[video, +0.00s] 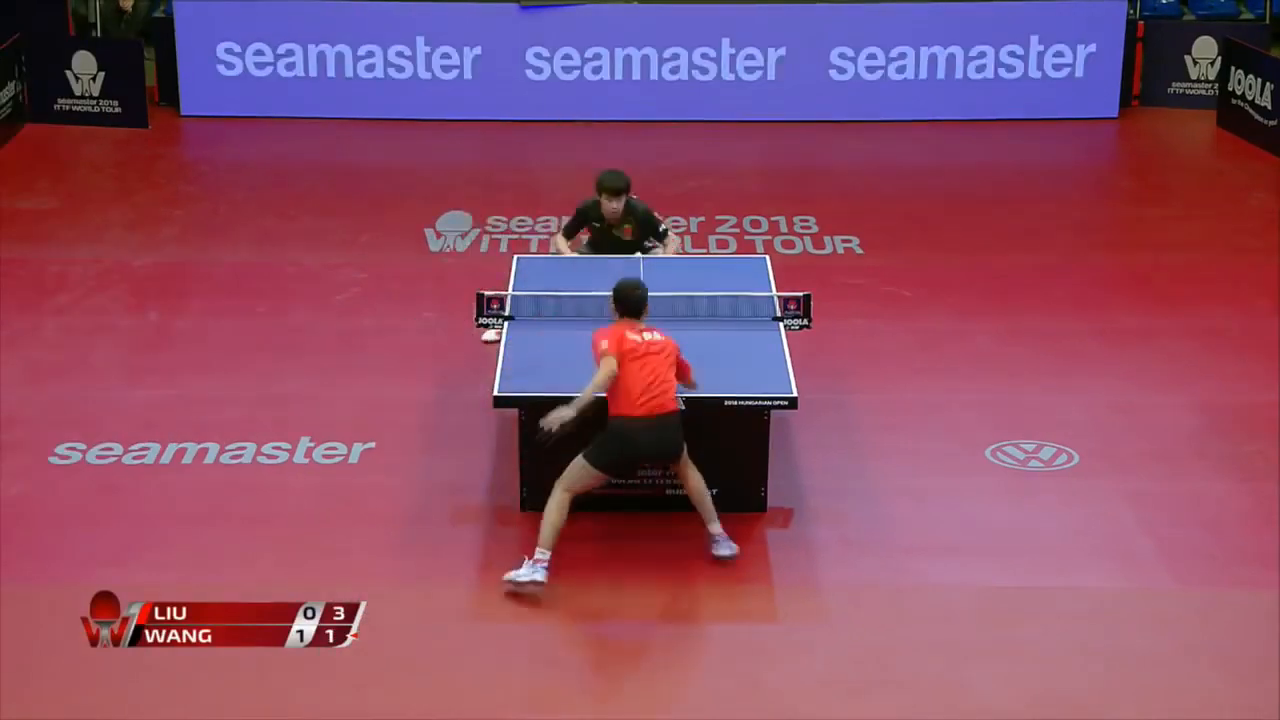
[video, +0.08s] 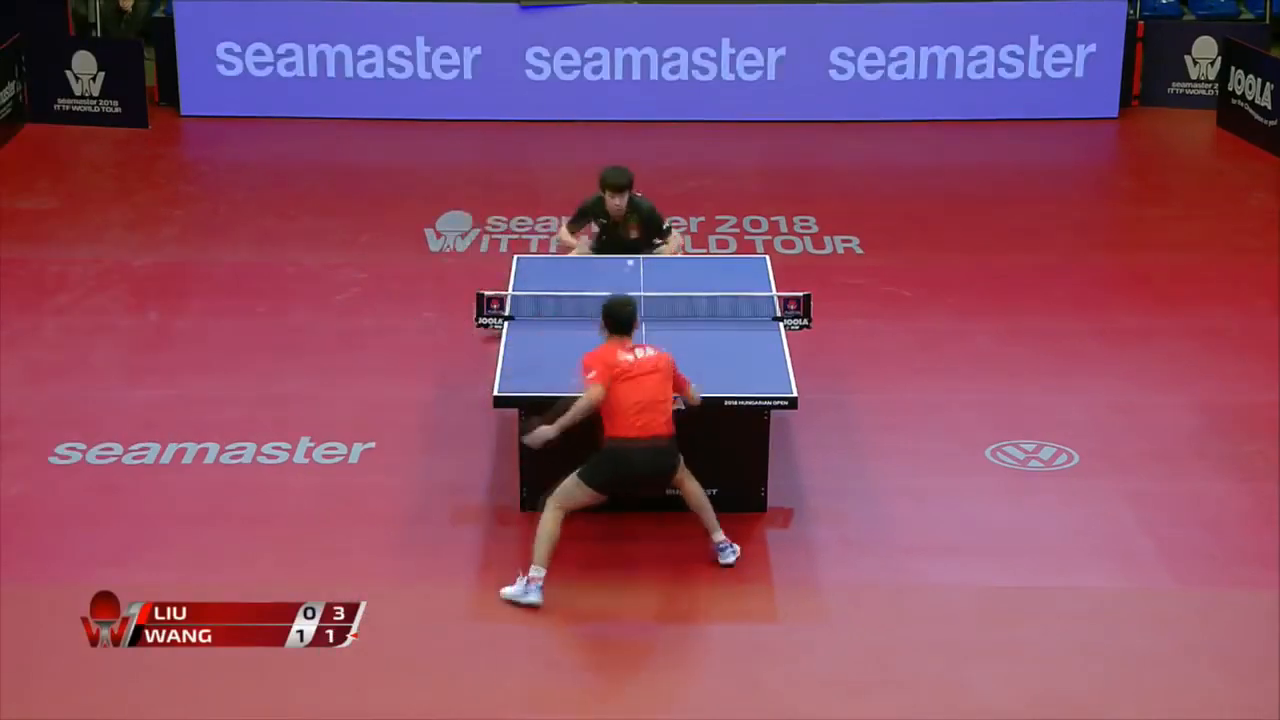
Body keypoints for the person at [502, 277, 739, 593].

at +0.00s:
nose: (610, 306)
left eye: (612, 302)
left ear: (614, 306)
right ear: (645, 308)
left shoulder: (607, 335)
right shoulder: (665, 341)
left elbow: (610, 370)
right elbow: (690, 382)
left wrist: (573, 408)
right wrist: (658, 368)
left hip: (625, 434)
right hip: (668, 432)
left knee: (564, 488)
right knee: (684, 466)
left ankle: (538, 564)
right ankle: (720, 538)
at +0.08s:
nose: (604, 326)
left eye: (604, 321)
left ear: (604, 324)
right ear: (634, 324)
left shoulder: (598, 357)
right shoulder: (661, 359)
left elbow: (595, 396)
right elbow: (693, 400)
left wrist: (553, 429)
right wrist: (683, 389)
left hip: (618, 456)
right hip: (663, 455)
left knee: (557, 504)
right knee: (684, 480)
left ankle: (533, 583)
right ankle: (722, 543)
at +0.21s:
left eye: (594, 327)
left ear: (592, 332)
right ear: (626, 332)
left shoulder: (576, 364)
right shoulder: (645, 369)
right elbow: (685, 408)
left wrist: (530, 403)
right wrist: (655, 397)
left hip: (592, 464)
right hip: (641, 463)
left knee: (532, 498)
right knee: (683, 495)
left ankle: (526, 583)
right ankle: (723, 548)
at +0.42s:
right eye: (619, 340)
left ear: (590, 344)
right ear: (623, 346)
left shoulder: (567, 377)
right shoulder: (639, 387)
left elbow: (528, 403)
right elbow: (682, 415)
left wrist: (527, 425)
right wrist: (680, 397)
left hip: (562, 480)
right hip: (610, 482)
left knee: (512, 523)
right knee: (674, 511)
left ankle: (498, 602)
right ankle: (704, 596)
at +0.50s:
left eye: (595, 350)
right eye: (614, 351)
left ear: (588, 356)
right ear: (620, 358)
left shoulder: (566, 387)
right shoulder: (636, 397)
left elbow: (540, 424)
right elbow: (675, 430)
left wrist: (517, 473)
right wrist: (681, 409)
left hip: (557, 486)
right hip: (603, 491)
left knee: (507, 522)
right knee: (665, 549)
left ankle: (469, 593)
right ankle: (677, 637)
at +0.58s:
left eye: (583, 367)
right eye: (603, 368)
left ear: (575, 372)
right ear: (608, 374)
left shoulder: (556, 407)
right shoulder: (628, 413)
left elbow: (538, 449)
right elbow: (663, 445)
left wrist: (508, 497)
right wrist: (661, 423)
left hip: (549, 505)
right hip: (597, 512)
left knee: (498, 536)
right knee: (662, 566)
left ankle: (454, 607)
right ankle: (677, 647)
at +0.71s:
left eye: (546, 365)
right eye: (568, 367)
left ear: (540, 369)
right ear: (573, 371)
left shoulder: (523, 409)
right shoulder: (593, 410)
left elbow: (481, 447)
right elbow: (618, 449)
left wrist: (455, 458)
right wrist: (610, 429)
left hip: (540, 515)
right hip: (588, 517)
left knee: (478, 529)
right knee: (646, 567)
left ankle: (445, 608)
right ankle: (673, 631)